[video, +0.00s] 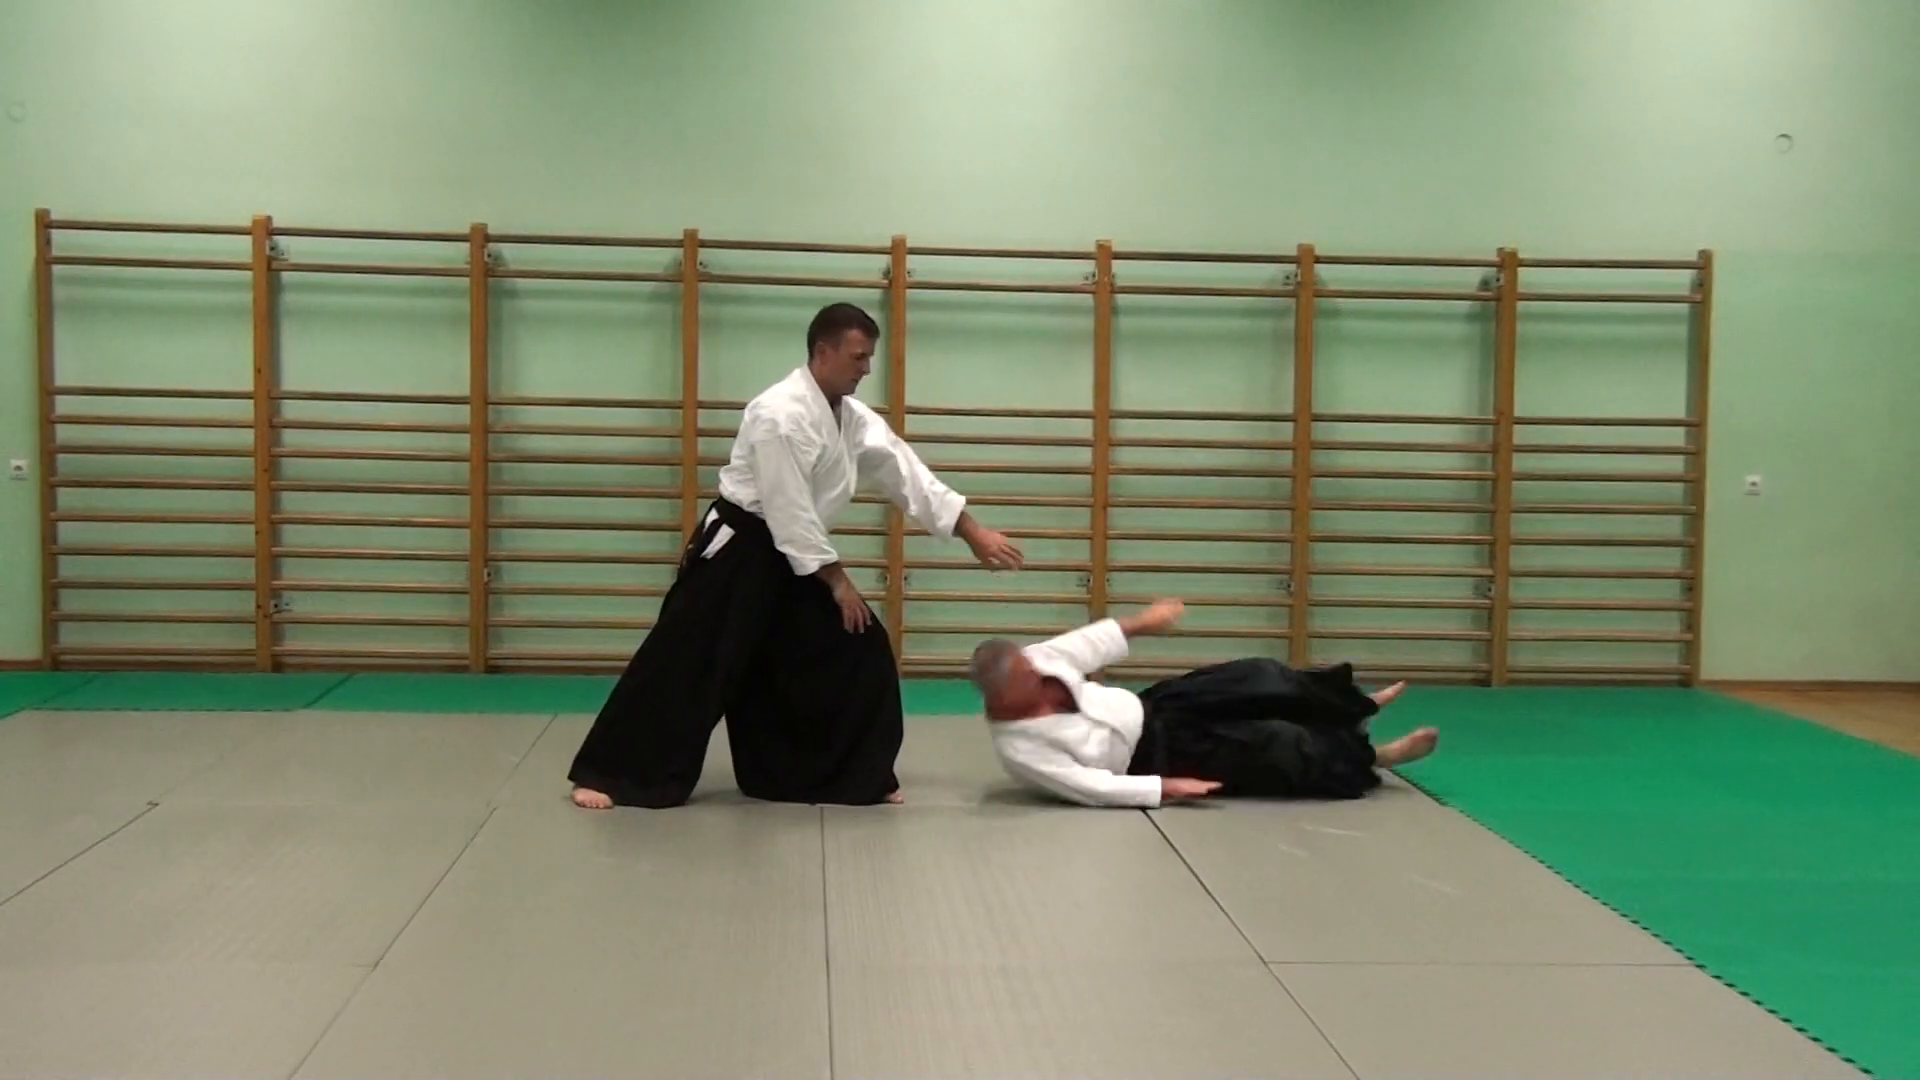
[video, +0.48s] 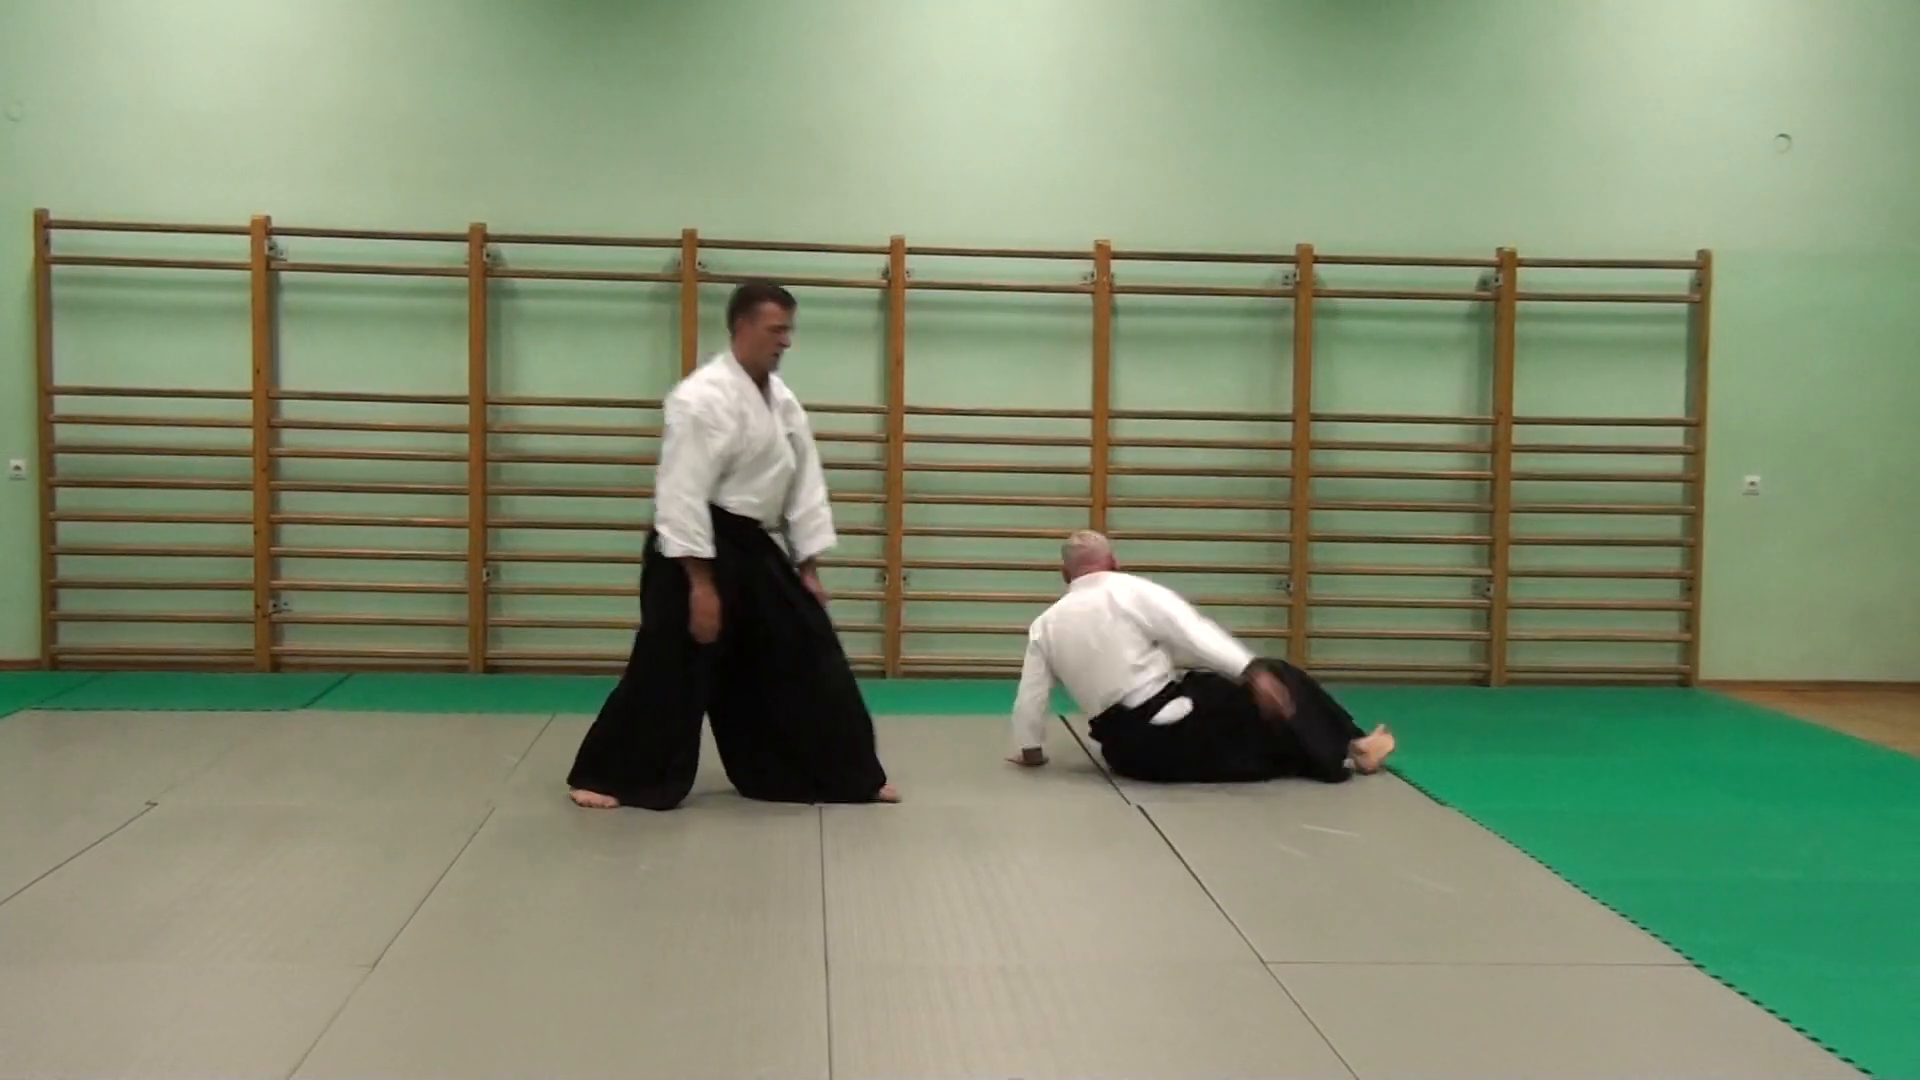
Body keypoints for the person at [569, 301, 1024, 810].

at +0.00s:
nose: (866, 368)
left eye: (869, 358)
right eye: (859, 356)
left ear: (851, 357)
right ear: (824, 350)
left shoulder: (851, 415)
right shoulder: (778, 413)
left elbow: (906, 471)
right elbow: (788, 508)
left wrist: (972, 528)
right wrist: (837, 577)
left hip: (794, 555)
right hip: (739, 547)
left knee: (861, 647)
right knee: (684, 658)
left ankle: (856, 776)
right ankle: (606, 773)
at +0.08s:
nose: (863, 368)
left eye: (867, 358)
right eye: (857, 357)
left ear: (853, 356)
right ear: (821, 350)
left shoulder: (847, 413)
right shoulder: (778, 414)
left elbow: (899, 472)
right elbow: (785, 508)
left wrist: (958, 536)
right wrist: (831, 578)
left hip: (792, 556)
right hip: (737, 550)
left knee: (861, 645)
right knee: (681, 657)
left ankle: (861, 775)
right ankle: (605, 773)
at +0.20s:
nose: (859, 361)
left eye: (862, 351)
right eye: (851, 350)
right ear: (815, 346)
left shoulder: (844, 416)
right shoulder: (771, 410)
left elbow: (885, 482)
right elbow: (769, 510)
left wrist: (918, 560)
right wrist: (808, 584)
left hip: (793, 547)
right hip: (735, 546)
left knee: (860, 645)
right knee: (682, 658)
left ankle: (859, 775)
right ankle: (603, 774)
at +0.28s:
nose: (848, 357)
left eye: (851, 348)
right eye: (840, 346)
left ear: (833, 349)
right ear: (805, 343)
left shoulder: (835, 413)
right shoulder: (758, 407)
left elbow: (868, 485)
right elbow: (750, 507)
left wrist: (887, 566)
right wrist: (784, 588)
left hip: (787, 545)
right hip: (727, 545)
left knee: (851, 644)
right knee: (683, 659)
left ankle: (858, 773)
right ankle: (604, 772)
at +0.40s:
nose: (815, 349)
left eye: (819, 339)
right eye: (806, 337)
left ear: (817, 342)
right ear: (770, 336)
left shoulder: (811, 409)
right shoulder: (725, 404)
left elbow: (830, 493)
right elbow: (711, 500)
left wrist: (834, 575)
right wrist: (734, 585)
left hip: (777, 548)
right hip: (713, 545)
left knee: (834, 651)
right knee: (678, 664)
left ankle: (857, 774)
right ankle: (602, 773)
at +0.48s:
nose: (785, 341)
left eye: (788, 331)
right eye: (775, 330)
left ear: (786, 333)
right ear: (739, 329)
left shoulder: (783, 403)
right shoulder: (699, 398)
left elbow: (804, 485)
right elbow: (681, 494)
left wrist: (807, 565)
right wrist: (700, 581)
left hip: (756, 545)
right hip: (695, 543)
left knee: (814, 654)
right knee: (666, 665)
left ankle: (852, 774)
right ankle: (601, 775)